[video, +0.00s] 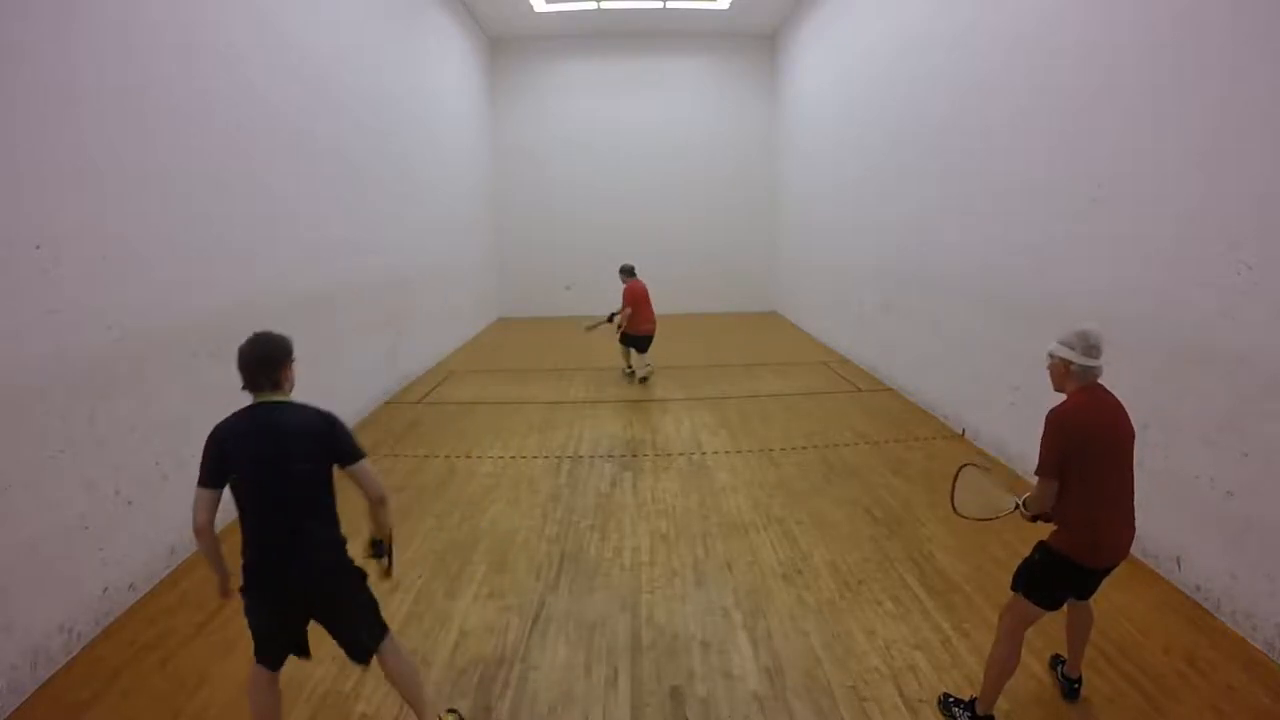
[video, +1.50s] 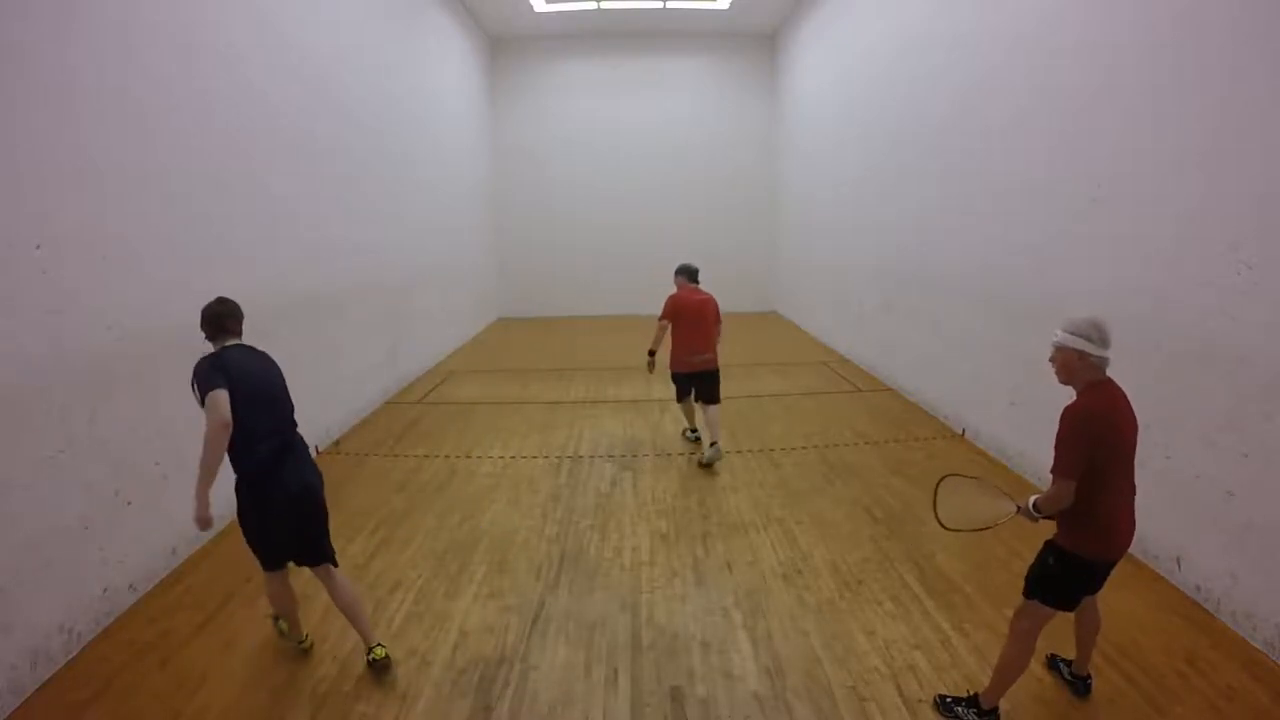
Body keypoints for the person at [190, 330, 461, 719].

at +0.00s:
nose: (294, 370)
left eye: (291, 364)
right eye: (292, 365)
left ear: (244, 378)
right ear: (287, 372)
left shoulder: (225, 436)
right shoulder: (319, 423)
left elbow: (202, 525)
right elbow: (376, 494)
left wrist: (222, 576)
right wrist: (380, 538)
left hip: (267, 578)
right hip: (327, 570)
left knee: (265, 667)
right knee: (383, 644)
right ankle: (429, 713)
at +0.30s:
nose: (251, 433)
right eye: (250, 429)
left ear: (212, 443)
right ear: (250, 434)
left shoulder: (211, 475)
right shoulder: (261, 467)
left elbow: (209, 555)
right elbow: (260, 538)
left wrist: (200, 627)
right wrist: (215, 559)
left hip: (275, 591)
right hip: (321, 572)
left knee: (274, 664)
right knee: (336, 612)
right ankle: (353, 658)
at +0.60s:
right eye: (214, 402)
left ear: (179, 418)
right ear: (217, 406)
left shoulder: (170, 466)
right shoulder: (251, 438)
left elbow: (160, 540)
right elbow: (314, 486)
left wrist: (144, 622)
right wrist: (359, 514)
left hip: (231, 582)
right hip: (283, 560)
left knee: (263, 647)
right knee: (320, 605)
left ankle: (267, 712)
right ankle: (356, 654)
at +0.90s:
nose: (151, 398)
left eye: (153, 388)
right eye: (150, 389)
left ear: (173, 388)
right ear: (199, 387)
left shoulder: (154, 449)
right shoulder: (237, 430)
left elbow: (158, 536)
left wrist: (177, 589)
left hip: (223, 580)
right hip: (274, 558)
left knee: (231, 679)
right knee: (323, 603)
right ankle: (387, 660)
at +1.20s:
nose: (208, 371)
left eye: (205, 367)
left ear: (204, 373)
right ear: (241, 369)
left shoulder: (209, 410)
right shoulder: (258, 401)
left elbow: (179, 456)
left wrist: (114, 499)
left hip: (271, 536)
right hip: (314, 515)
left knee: (259, 642)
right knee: (323, 600)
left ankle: (264, 714)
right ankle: (379, 666)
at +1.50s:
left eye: (207, 329)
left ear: (206, 332)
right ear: (241, 325)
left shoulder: (210, 366)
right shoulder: (263, 359)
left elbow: (221, 419)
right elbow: (284, 418)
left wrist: (202, 492)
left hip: (260, 487)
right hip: (302, 475)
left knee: (274, 567)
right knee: (326, 565)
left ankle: (295, 632)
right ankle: (374, 644)